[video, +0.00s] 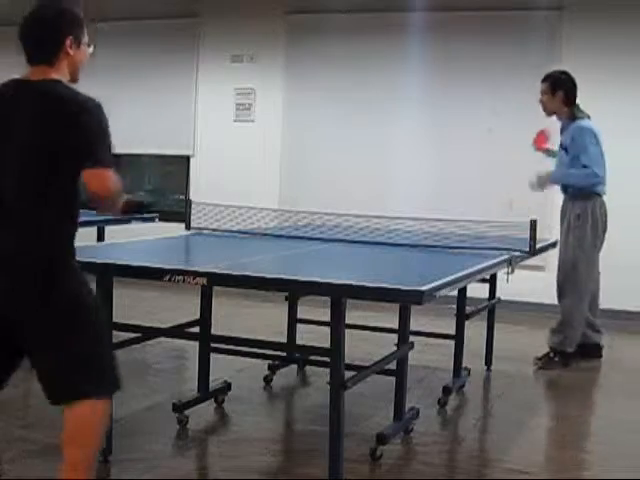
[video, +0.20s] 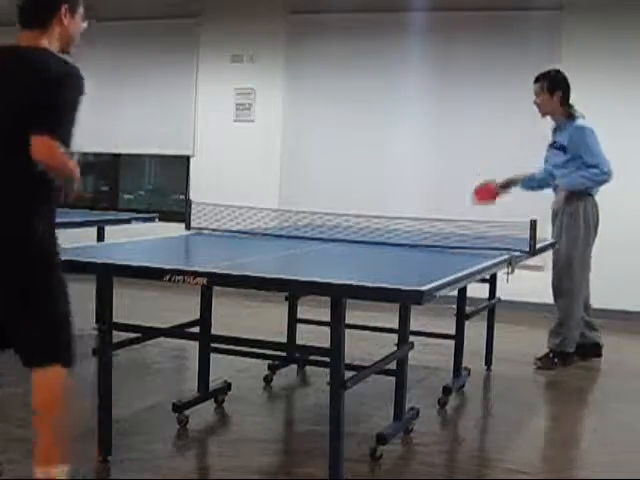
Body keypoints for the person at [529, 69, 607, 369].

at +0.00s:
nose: (541, 101)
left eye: (544, 95)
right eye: (541, 95)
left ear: (562, 97)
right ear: (560, 97)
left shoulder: (582, 131)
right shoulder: (569, 129)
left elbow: (594, 176)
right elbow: (574, 163)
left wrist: (553, 177)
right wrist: (550, 152)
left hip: (586, 208)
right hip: (576, 206)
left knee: (574, 275)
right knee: (582, 274)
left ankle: (564, 347)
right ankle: (588, 340)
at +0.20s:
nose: (536, 102)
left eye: (539, 95)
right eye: (535, 96)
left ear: (557, 96)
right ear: (554, 97)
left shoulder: (580, 131)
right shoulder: (558, 134)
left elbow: (603, 171)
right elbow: (550, 176)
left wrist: (566, 185)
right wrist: (516, 182)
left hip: (579, 207)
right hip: (564, 206)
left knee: (568, 274)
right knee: (570, 273)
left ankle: (563, 346)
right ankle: (587, 339)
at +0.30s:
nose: (536, 100)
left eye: (541, 94)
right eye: (535, 94)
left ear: (560, 95)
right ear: (548, 96)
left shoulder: (581, 130)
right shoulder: (546, 133)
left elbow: (602, 170)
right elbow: (535, 173)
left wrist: (566, 183)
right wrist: (508, 189)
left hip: (575, 206)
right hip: (555, 206)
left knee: (566, 273)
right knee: (563, 272)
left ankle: (562, 347)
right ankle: (585, 337)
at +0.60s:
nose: (530, 95)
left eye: (537, 90)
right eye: (528, 89)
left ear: (553, 94)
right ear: (527, 92)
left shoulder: (570, 131)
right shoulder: (526, 132)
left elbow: (591, 171)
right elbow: (516, 172)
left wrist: (565, 188)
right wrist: (498, 187)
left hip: (556, 205)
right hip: (531, 203)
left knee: (555, 275)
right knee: (529, 273)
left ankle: (561, 347)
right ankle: (538, 333)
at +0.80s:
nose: (514, 98)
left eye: (521, 93)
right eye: (512, 92)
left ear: (535, 97)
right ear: (509, 97)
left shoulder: (553, 135)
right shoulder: (507, 137)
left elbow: (574, 174)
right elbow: (498, 176)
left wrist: (549, 187)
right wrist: (481, 193)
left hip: (539, 210)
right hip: (513, 208)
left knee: (540, 283)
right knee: (502, 277)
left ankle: (560, 348)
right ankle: (487, 332)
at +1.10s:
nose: (490, 99)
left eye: (495, 94)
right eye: (486, 94)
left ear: (509, 96)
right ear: (483, 98)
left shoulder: (528, 129)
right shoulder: (484, 133)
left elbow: (531, 171)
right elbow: (480, 176)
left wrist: (503, 143)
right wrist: (467, 202)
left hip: (519, 201)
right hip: (492, 201)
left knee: (521, 271)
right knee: (482, 270)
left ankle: (535, 338)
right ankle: (481, 333)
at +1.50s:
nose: (476, 106)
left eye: (480, 99)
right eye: (473, 101)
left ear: (497, 96)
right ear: (474, 103)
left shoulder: (523, 128)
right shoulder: (481, 133)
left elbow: (518, 167)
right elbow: (484, 178)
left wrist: (495, 134)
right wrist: (474, 210)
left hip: (513, 198)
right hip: (487, 199)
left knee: (513, 269)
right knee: (480, 268)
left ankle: (518, 336)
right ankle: (480, 332)